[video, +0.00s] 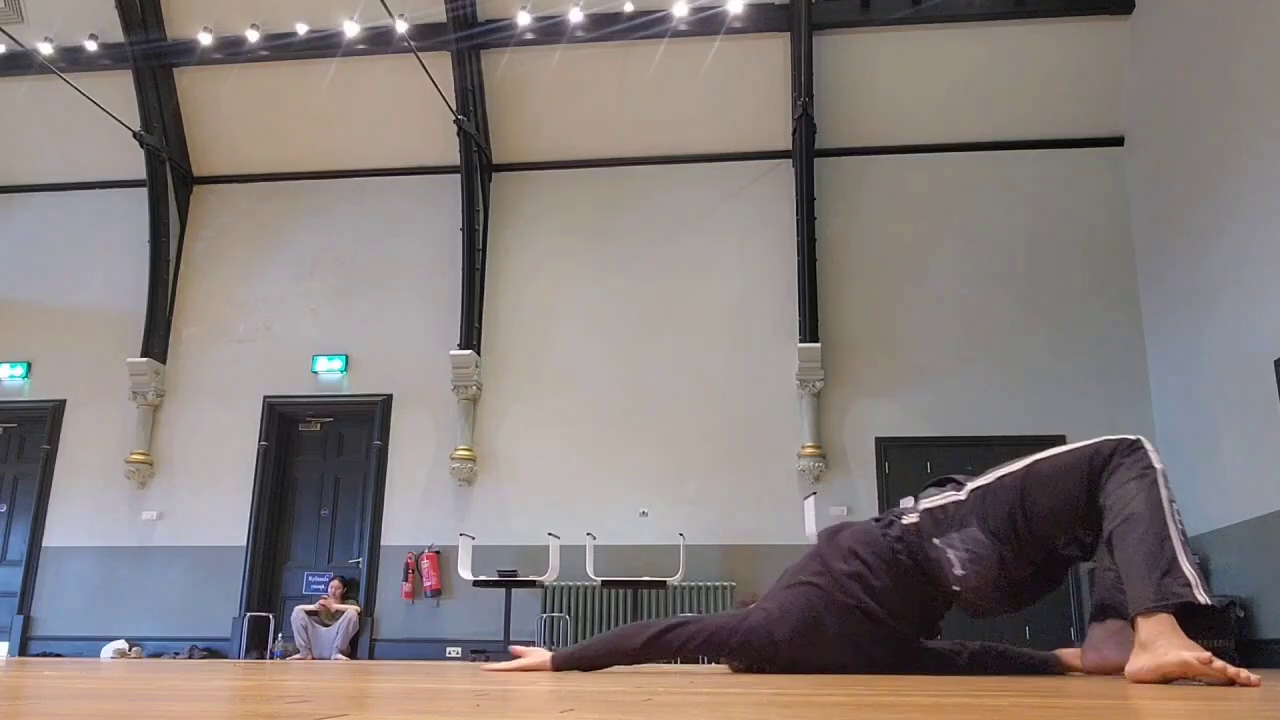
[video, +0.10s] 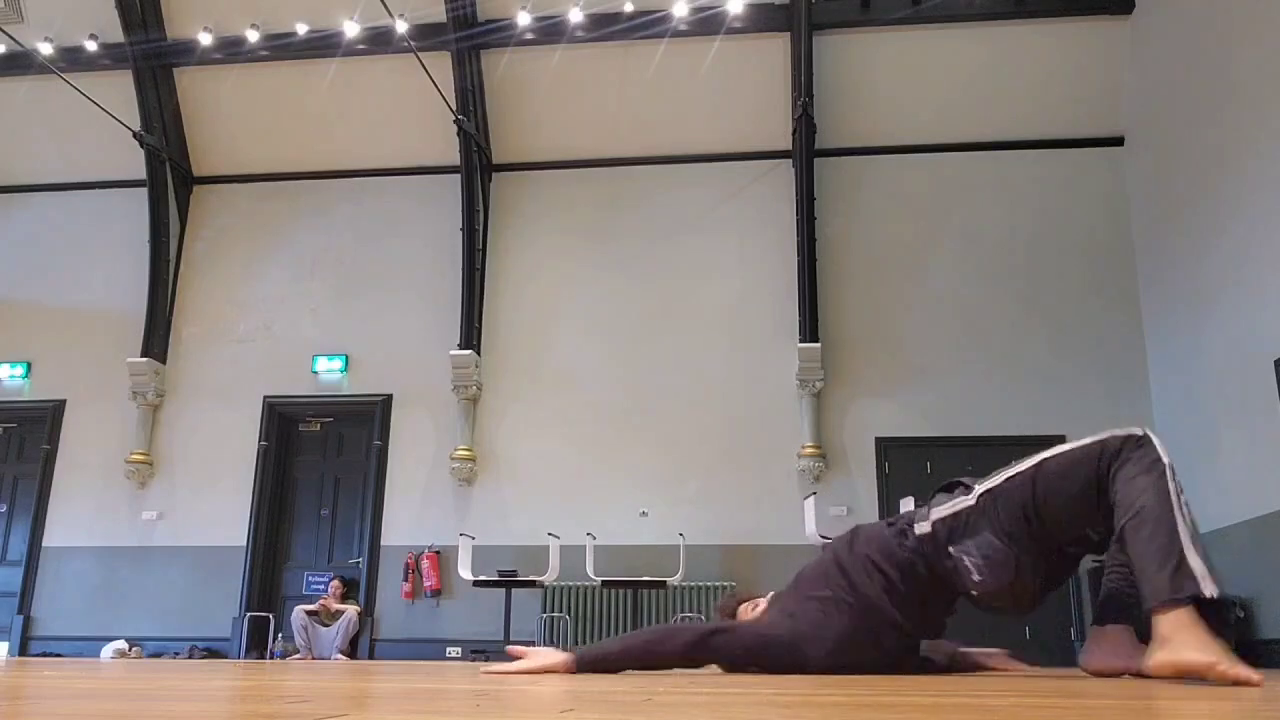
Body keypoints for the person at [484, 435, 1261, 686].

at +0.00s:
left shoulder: (868, 664)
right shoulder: (769, 635)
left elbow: (966, 665)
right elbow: (668, 635)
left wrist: (1064, 662)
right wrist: (560, 658)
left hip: (971, 583)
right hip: (940, 543)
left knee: (1125, 488)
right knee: (1124, 455)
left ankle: (1100, 643)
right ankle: (1157, 631)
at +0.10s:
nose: (758, 592)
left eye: (753, 593)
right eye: (750, 598)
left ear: (760, 620)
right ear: (743, 618)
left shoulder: (849, 644)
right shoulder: (754, 634)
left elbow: (928, 656)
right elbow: (683, 636)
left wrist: (980, 661)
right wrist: (571, 659)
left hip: (990, 581)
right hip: (967, 537)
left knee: (1127, 484)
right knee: (1131, 453)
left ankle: (1111, 638)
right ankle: (1180, 632)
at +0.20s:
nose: (755, 600)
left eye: (745, 598)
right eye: (744, 609)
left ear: (757, 610)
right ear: (744, 635)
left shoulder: (822, 619)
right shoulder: (794, 642)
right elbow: (725, 660)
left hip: (991, 554)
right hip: (971, 554)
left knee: (1140, 474)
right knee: (1106, 428)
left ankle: (1114, 639)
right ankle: (1228, 595)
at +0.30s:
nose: (744, 600)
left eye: (735, 599)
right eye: (732, 616)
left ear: (755, 601)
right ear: (744, 648)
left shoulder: (813, 596)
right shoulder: (799, 638)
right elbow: (863, 653)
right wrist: (933, 654)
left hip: (1005, 554)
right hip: (964, 571)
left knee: (1147, 466)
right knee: (1029, 410)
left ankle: (1117, 638)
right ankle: (1215, 454)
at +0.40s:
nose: (726, 620)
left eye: (717, 617)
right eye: (718, 638)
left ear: (730, 607)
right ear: (732, 661)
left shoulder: (771, 596)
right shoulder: (795, 644)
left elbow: (674, 580)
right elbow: (924, 649)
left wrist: (580, 602)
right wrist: (1054, 655)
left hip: (956, 513)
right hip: (952, 561)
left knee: (1134, 468)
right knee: (945, 391)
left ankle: (1122, 643)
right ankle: (1112, 310)